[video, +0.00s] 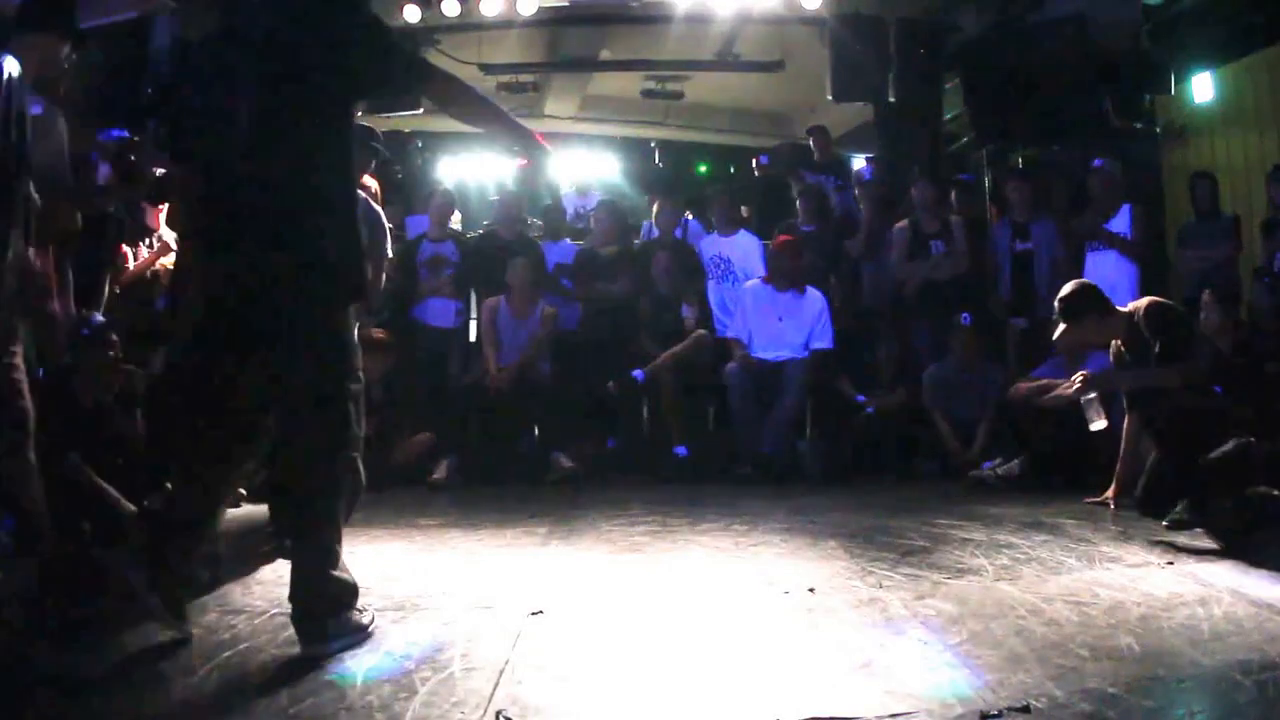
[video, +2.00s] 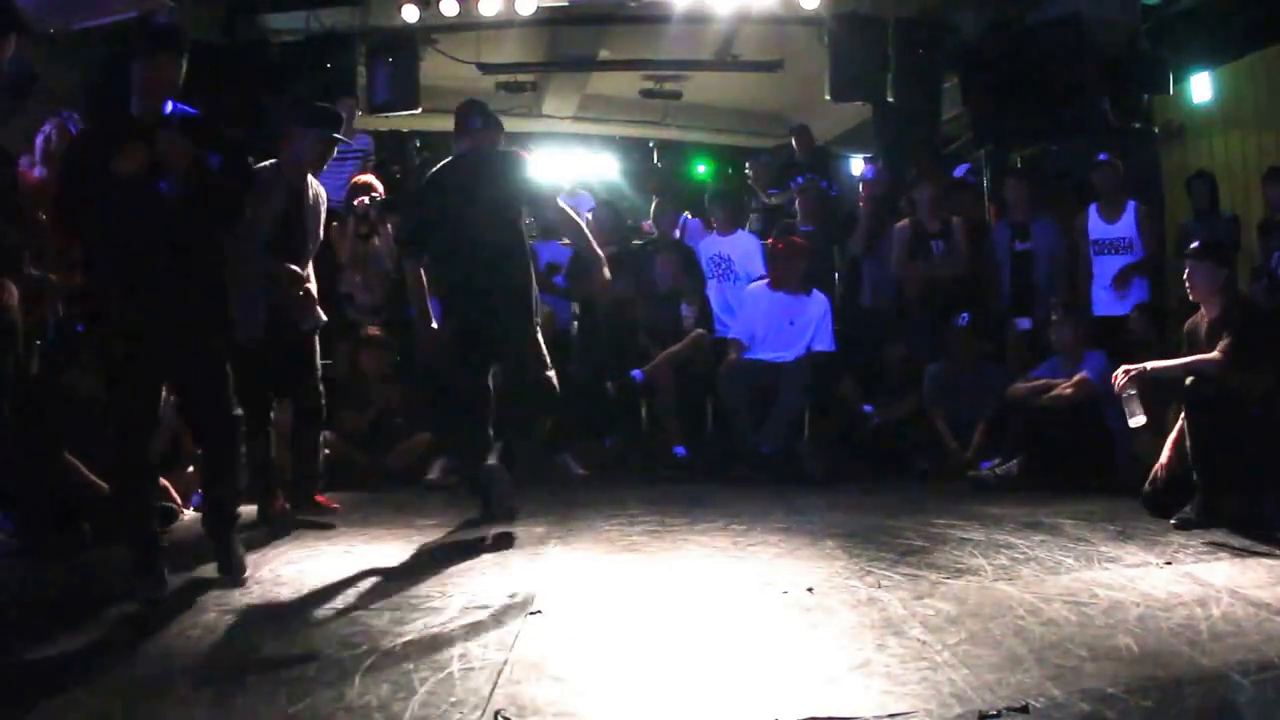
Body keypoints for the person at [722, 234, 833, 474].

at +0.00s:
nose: (790, 264)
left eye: (793, 258)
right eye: (784, 258)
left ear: (800, 261)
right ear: (771, 262)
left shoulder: (814, 299)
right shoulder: (750, 292)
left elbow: (821, 347)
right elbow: (735, 336)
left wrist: (807, 364)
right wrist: (742, 355)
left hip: (792, 360)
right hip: (758, 359)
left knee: (798, 373)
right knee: (734, 373)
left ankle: (773, 450)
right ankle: (748, 451)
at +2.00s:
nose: (781, 267)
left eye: (787, 261)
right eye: (778, 260)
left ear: (801, 265)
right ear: (771, 263)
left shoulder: (818, 302)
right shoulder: (754, 292)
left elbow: (822, 351)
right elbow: (739, 337)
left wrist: (803, 362)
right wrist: (733, 355)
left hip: (791, 364)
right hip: (755, 363)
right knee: (730, 374)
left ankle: (770, 448)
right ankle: (745, 447)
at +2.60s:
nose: (804, 269)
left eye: (805, 262)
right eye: (796, 262)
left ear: (809, 265)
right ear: (777, 266)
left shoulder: (819, 302)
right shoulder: (755, 293)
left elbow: (823, 350)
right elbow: (738, 336)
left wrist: (802, 361)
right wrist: (733, 354)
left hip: (792, 363)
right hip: (756, 362)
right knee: (730, 373)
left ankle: (772, 449)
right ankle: (745, 447)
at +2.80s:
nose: (794, 268)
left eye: (800, 261)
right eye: (787, 261)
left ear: (809, 265)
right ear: (773, 265)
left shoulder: (818, 302)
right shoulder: (754, 293)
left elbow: (823, 351)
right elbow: (738, 336)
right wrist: (733, 354)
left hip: (791, 363)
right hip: (755, 362)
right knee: (732, 375)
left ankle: (772, 449)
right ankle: (748, 448)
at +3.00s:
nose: (793, 268)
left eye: (799, 261)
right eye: (787, 261)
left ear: (807, 265)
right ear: (775, 264)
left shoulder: (818, 302)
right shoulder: (753, 293)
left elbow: (822, 352)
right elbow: (737, 339)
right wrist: (733, 356)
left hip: (791, 364)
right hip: (755, 363)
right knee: (733, 373)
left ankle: (775, 450)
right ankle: (746, 448)